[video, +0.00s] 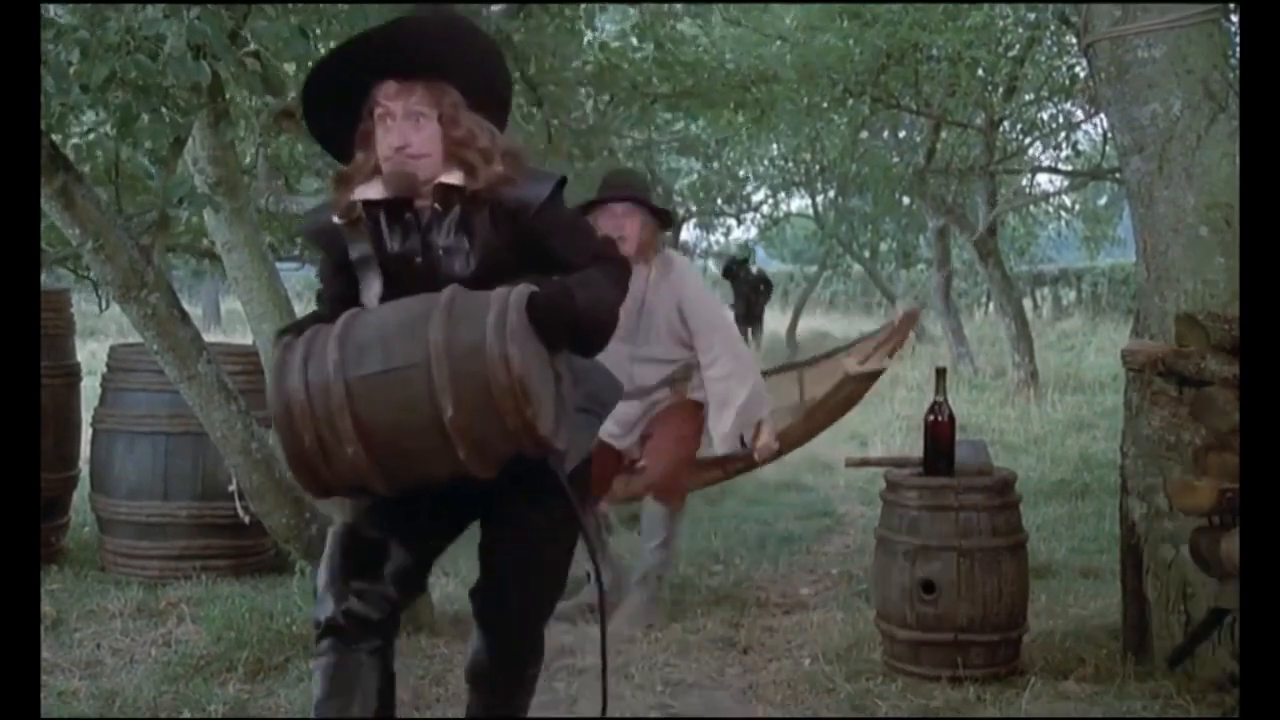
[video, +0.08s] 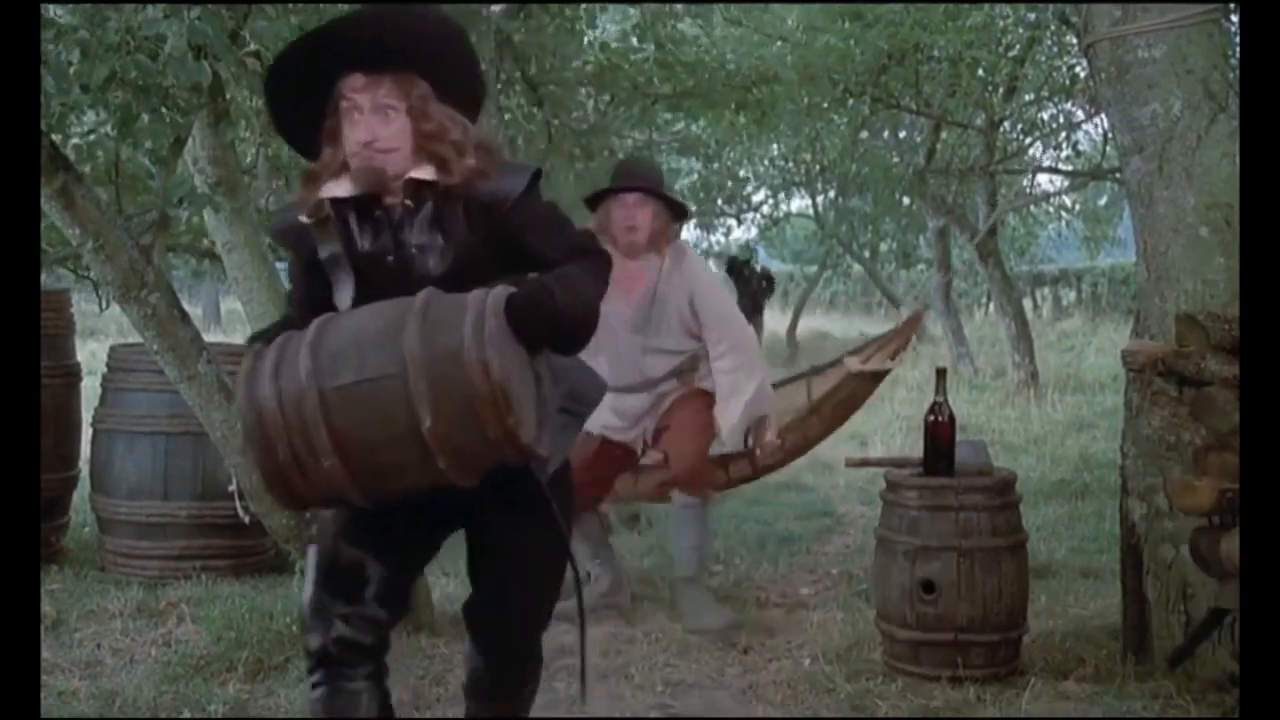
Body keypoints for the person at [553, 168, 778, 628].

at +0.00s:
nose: (615, 226)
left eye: (628, 214)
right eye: (605, 214)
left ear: (653, 226)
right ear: (590, 224)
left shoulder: (677, 278)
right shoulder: (585, 275)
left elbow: (725, 346)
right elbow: (557, 344)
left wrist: (756, 421)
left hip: (672, 398)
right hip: (605, 400)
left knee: (665, 469)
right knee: (574, 476)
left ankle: (649, 581)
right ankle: (602, 574)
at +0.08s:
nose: (631, 215)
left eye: (643, 204)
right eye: (620, 203)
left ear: (662, 217)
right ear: (603, 214)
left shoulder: (686, 272)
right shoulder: (585, 267)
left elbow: (737, 343)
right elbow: (550, 336)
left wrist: (748, 421)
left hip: (680, 392)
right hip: (611, 398)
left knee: (689, 463)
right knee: (571, 479)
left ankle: (691, 587)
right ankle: (604, 581)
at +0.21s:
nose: (662, 210)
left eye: (674, 198)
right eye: (651, 199)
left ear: (693, 208)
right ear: (634, 209)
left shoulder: (719, 269)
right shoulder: (606, 265)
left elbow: (765, 342)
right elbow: (550, 331)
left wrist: (765, 422)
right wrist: (527, 408)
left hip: (697, 400)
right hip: (614, 402)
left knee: (734, 483)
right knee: (573, 490)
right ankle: (606, 578)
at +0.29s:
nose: (696, 217)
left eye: (708, 205)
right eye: (685, 204)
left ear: (725, 216)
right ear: (664, 212)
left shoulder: (748, 275)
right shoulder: (634, 267)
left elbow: (794, 353)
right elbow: (582, 326)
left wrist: (766, 403)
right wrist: (586, 380)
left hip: (723, 406)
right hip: (641, 407)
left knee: (757, 480)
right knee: (588, 493)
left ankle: (777, 605)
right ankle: (607, 585)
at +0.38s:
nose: (738, 223)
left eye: (745, 213)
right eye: (727, 211)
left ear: (751, 221)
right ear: (698, 215)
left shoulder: (767, 275)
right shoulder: (656, 265)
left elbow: (803, 353)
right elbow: (609, 332)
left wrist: (812, 426)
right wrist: (649, 367)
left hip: (741, 411)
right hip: (662, 411)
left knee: (768, 490)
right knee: (597, 495)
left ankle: (779, 605)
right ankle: (609, 585)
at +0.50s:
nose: (790, 235)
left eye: (797, 225)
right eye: (779, 224)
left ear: (803, 229)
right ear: (751, 222)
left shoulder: (811, 275)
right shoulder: (706, 259)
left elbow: (828, 350)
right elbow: (681, 346)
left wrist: (822, 412)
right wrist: (757, 371)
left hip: (765, 404)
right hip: (688, 392)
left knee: (778, 493)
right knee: (621, 494)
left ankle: (780, 604)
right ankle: (600, 566)